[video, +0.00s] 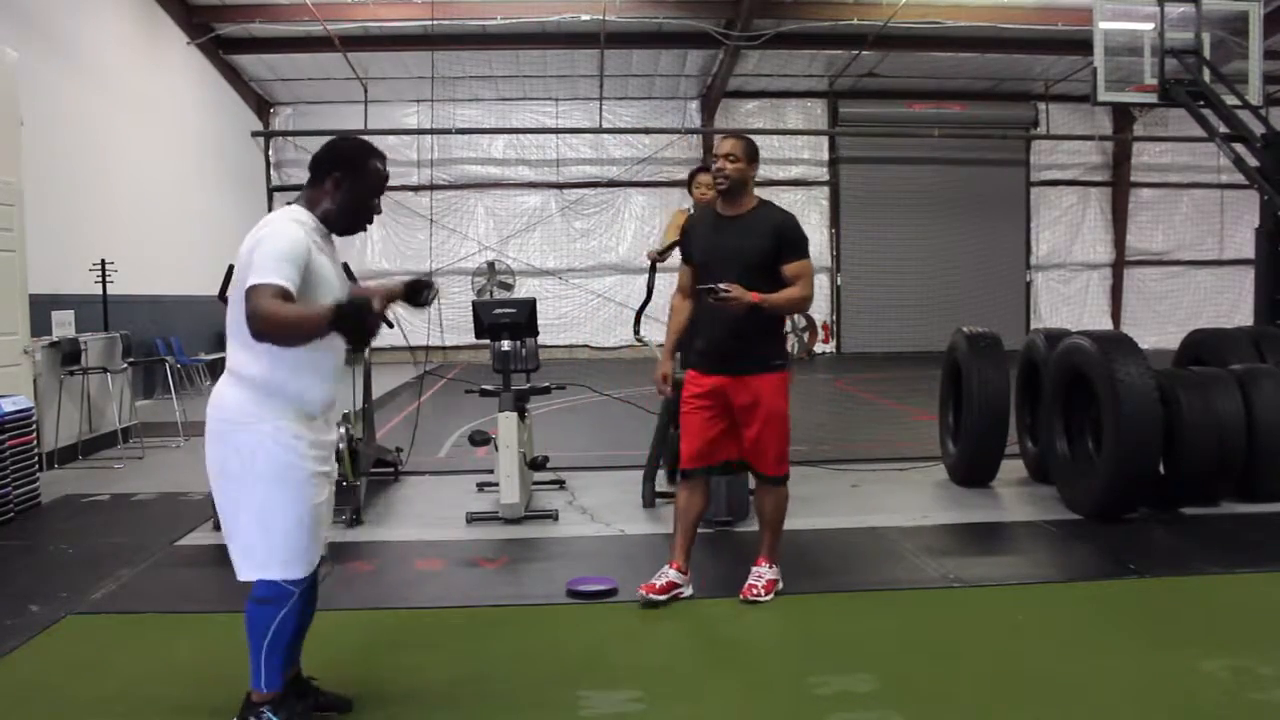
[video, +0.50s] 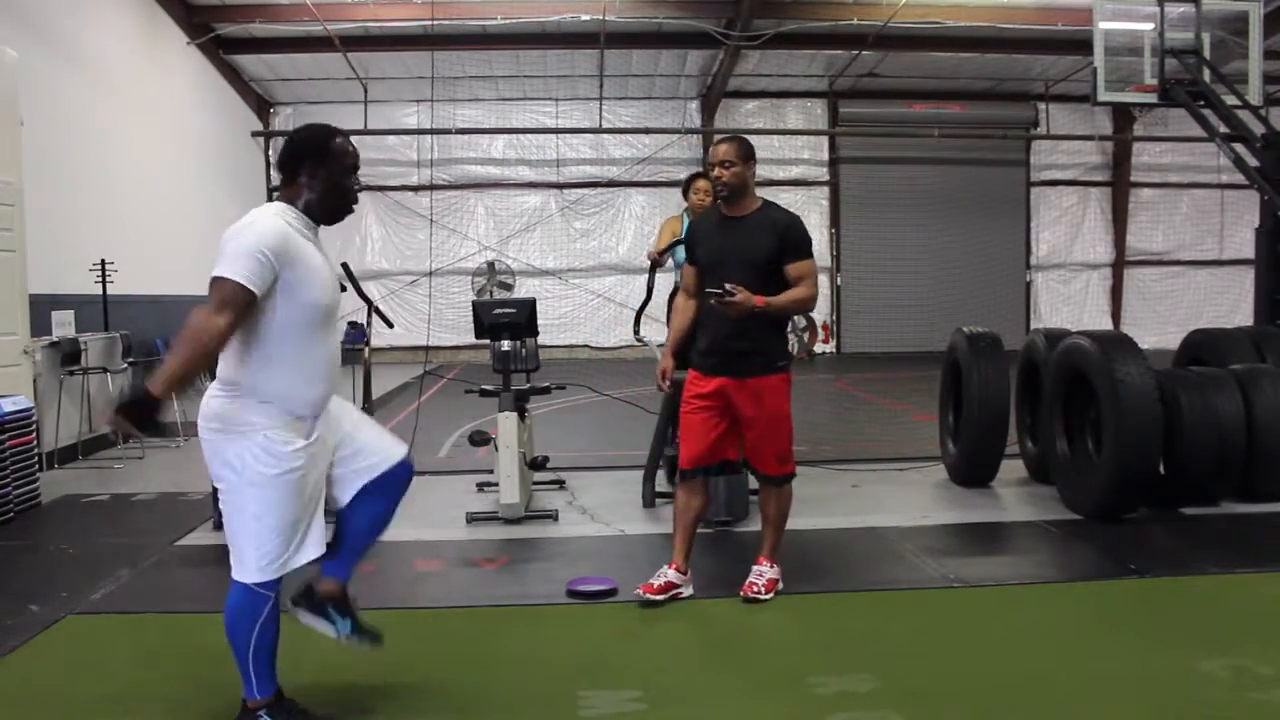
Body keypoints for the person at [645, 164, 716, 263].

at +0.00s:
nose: (703, 192)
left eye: (709, 188)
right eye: (697, 187)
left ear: (717, 191)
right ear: (690, 190)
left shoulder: (724, 218)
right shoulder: (682, 217)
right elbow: (669, 242)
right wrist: (660, 255)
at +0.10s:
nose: (698, 189)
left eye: (704, 185)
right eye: (693, 184)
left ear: (713, 189)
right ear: (685, 188)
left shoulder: (720, 214)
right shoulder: (675, 215)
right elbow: (665, 239)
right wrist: (658, 252)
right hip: (688, 283)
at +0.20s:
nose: (695, 193)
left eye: (701, 189)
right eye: (690, 188)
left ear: (710, 193)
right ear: (682, 191)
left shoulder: (716, 218)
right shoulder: (672, 219)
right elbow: (662, 243)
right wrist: (657, 254)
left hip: (715, 286)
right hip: (684, 285)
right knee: (682, 345)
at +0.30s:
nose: (694, 198)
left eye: (701, 194)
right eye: (689, 193)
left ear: (709, 198)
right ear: (680, 196)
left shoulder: (715, 223)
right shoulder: (670, 224)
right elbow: (660, 258)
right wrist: (657, 257)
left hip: (713, 293)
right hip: (682, 291)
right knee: (680, 349)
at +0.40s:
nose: (696, 201)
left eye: (702, 196)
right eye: (691, 195)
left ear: (711, 201)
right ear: (682, 198)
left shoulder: (715, 226)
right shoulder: (671, 226)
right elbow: (660, 260)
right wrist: (656, 257)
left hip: (712, 296)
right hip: (681, 293)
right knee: (679, 350)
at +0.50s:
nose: (701, 198)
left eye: (707, 194)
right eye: (696, 193)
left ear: (714, 198)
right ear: (686, 195)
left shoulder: (718, 224)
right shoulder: (674, 224)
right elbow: (661, 260)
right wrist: (656, 257)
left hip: (714, 296)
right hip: (684, 293)